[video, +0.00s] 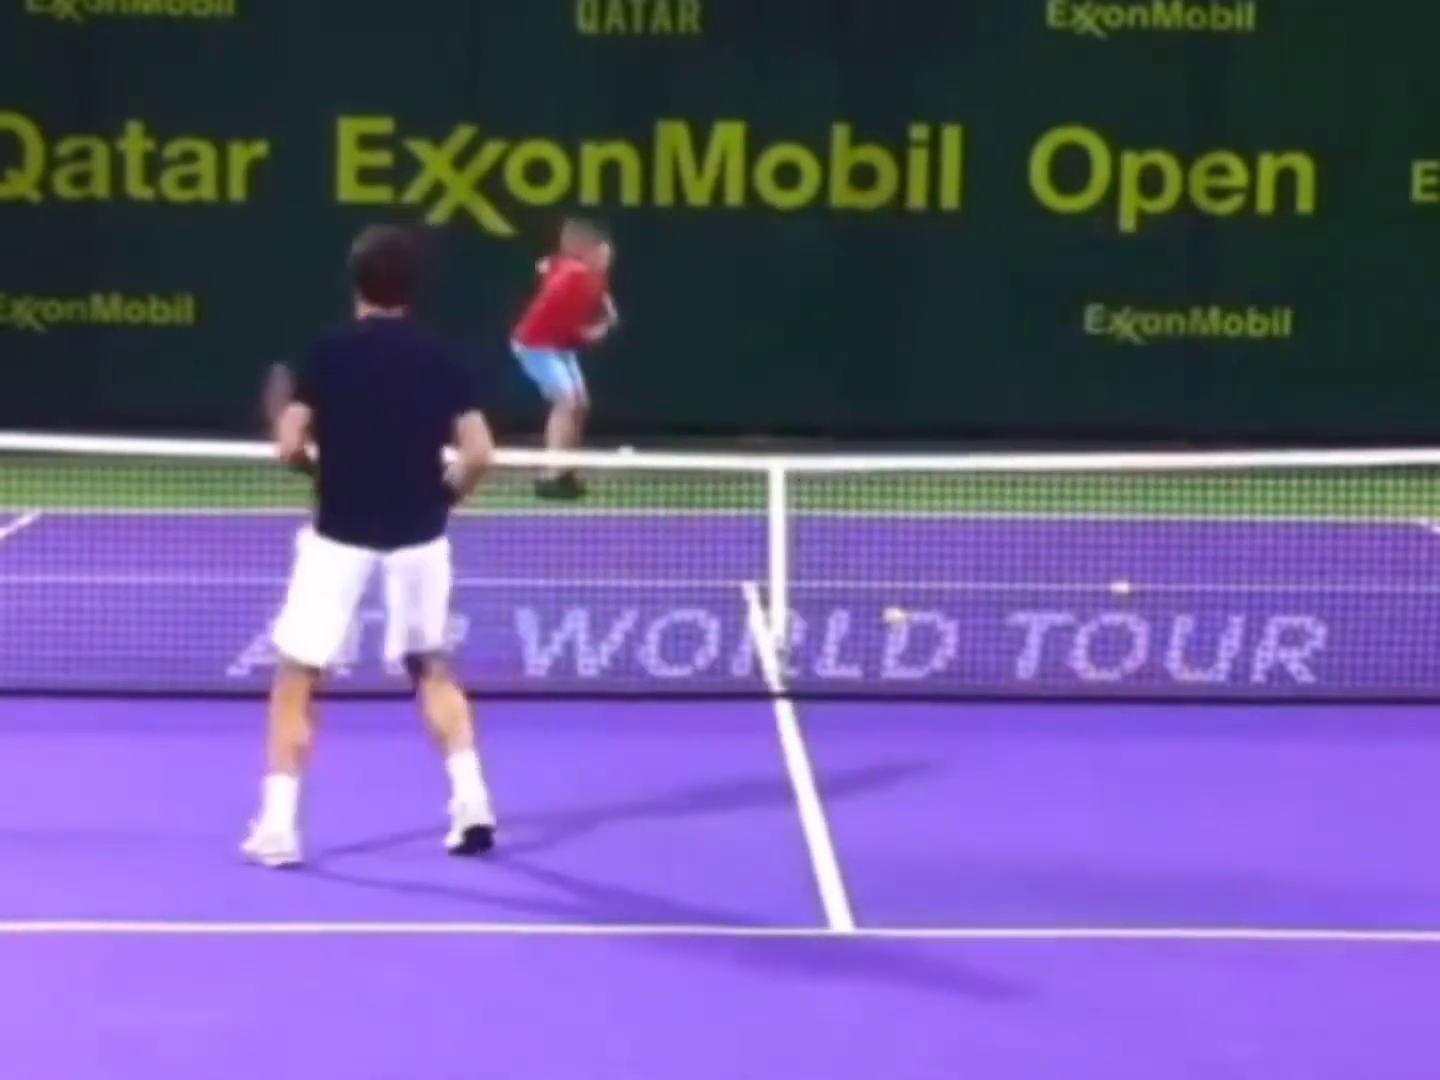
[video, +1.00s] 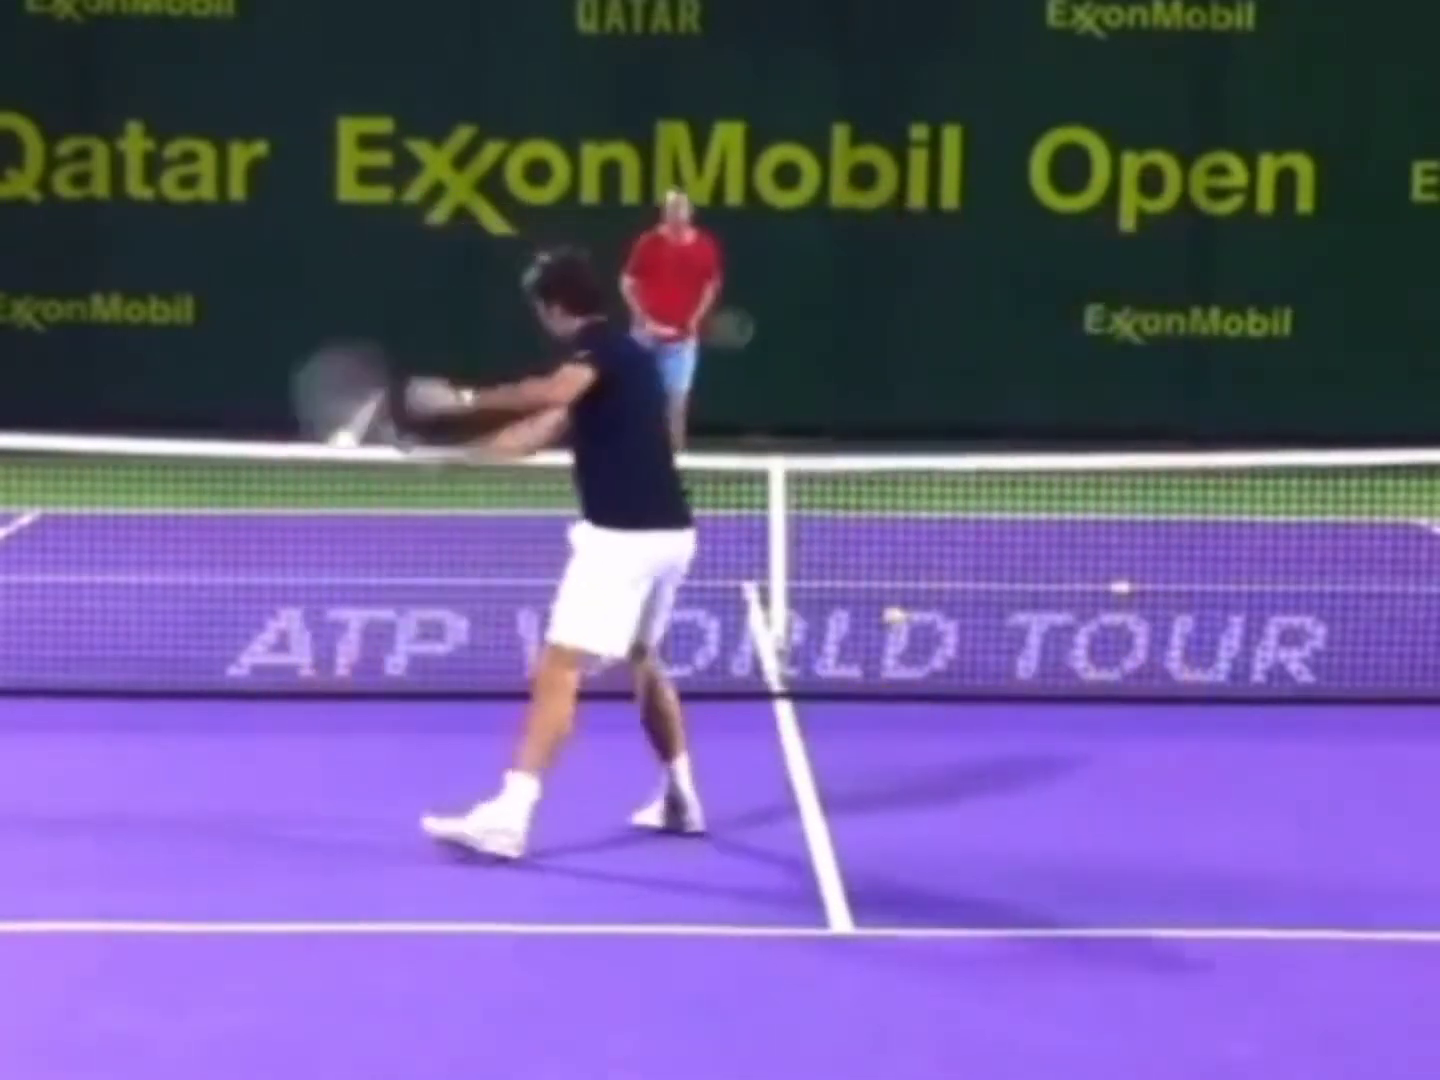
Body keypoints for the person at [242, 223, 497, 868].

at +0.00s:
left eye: (362, 281)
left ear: (355, 287)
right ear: (413, 289)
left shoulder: (328, 353)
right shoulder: (436, 357)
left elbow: (288, 442)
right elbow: (479, 451)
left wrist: (317, 460)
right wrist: (450, 490)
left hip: (340, 538)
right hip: (421, 538)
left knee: (296, 675)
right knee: (432, 668)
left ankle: (279, 821)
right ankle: (471, 796)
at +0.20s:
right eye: (420, 241)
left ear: (375, 245)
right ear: (430, 248)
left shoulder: (338, 300)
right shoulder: (452, 308)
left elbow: (289, 390)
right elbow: (490, 399)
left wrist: (335, 405)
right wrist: (459, 451)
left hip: (345, 492)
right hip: (427, 489)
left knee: (306, 633)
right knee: (480, 626)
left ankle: (256, 796)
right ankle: (528, 777)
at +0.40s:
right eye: (439, 307)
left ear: (392, 313)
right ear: (449, 314)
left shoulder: (358, 376)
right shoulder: (469, 383)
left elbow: (317, 462)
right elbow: (506, 479)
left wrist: (359, 489)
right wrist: (480, 527)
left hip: (361, 561)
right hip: (446, 561)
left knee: (298, 684)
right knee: (527, 677)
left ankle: (233, 812)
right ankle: (570, 821)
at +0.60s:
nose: (455, 295)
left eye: (448, 286)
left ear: (443, 291)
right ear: (497, 288)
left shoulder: (432, 355)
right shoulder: (534, 351)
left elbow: (400, 438)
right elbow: (550, 438)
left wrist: (382, 417)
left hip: (452, 535)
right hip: (532, 537)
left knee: (380, 657)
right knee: (560, 673)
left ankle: (366, 803)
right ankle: (579, 813)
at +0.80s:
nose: (460, 300)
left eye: (463, 289)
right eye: (462, 289)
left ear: (477, 291)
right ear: (528, 281)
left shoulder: (519, 339)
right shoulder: (558, 336)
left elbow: (487, 406)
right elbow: (491, 392)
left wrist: (406, 398)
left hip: (529, 528)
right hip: (587, 527)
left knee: (465, 658)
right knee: (588, 657)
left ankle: (487, 813)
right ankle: (667, 780)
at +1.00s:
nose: (541, 318)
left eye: (542, 306)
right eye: (541, 306)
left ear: (558, 304)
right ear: (597, 295)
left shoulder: (595, 350)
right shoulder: (630, 354)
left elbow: (552, 394)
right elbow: (543, 428)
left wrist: (463, 401)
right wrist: (464, 444)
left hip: (618, 535)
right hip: (670, 533)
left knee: (559, 666)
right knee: (645, 663)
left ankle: (512, 810)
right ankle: (681, 793)